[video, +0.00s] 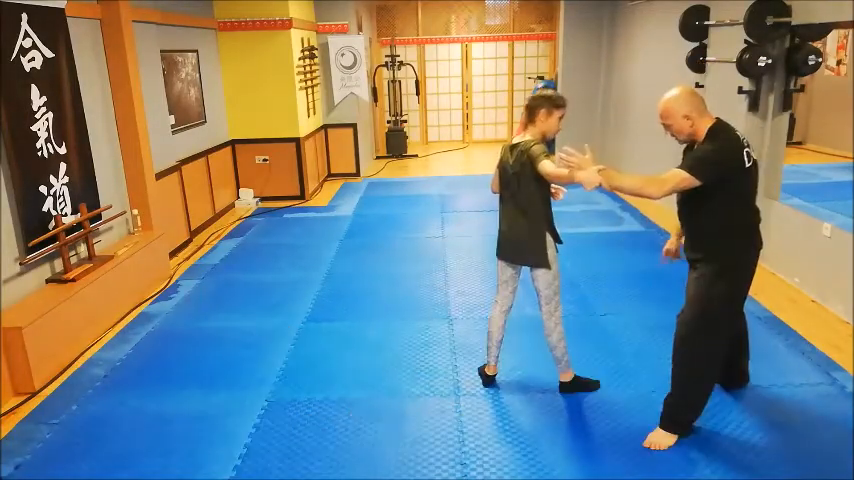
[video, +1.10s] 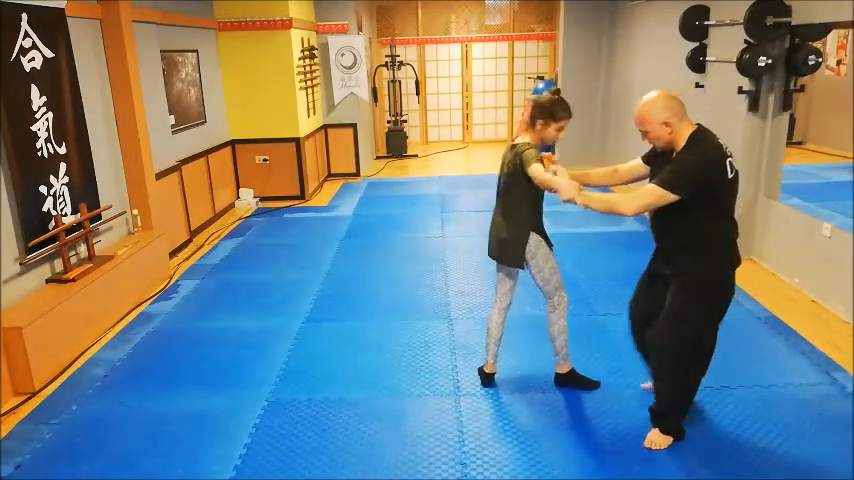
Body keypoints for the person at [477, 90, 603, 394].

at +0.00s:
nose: (560, 126)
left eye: (561, 119)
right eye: (558, 119)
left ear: (532, 117)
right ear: (541, 116)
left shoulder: (510, 147)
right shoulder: (535, 147)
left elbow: (497, 187)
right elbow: (549, 171)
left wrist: (542, 189)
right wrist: (580, 175)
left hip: (508, 236)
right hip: (538, 237)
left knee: (502, 301)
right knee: (551, 307)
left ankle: (490, 368)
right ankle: (566, 376)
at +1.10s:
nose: (560, 135)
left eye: (563, 129)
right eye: (559, 129)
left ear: (536, 122)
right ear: (541, 123)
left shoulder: (514, 148)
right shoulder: (528, 150)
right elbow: (538, 176)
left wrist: (550, 166)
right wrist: (562, 186)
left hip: (503, 234)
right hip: (526, 236)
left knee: (502, 300)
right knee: (557, 298)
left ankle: (489, 367)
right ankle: (564, 369)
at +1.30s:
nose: (566, 139)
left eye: (569, 133)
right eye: (562, 134)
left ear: (545, 127)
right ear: (543, 128)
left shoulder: (542, 150)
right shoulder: (534, 159)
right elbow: (545, 193)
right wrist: (572, 193)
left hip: (526, 233)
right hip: (533, 238)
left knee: (535, 294)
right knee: (559, 301)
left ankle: (497, 350)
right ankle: (563, 371)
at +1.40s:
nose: (565, 141)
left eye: (569, 134)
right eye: (559, 136)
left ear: (574, 126)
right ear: (541, 129)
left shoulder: (558, 149)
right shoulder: (532, 161)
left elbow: (564, 184)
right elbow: (541, 197)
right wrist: (569, 205)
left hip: (552, 226)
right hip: (535, 231)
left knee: (565, 291)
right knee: (554, 300)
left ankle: (514, 335)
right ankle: (561, 370)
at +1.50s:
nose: (558, 143)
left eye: (562, 136)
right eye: (551, 138)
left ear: (568, 128)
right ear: (537, 132)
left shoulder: (569, 147)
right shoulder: (529, 159)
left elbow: (571, 178)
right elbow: (530, 194)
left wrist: (583, 194)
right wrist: (555, 212)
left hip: (563, 224)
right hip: (534, 230)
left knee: (579, 293)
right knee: (549, 302)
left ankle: (544, 332)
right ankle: (559, 369)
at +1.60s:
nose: (547, 149)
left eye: (552, 142)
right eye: (540, 144)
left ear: (561, 133)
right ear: (529, 139)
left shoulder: (571, 151)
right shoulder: (524, 165)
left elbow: (582, 184)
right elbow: (518, 201)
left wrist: (587, 214)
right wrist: (538, 218)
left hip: (574, 230)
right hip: (538, 235)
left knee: (583, 299)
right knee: (545, 305)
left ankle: (577, 345)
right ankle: (555, 366)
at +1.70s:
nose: (531, 160)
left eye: (537, 154)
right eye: (525, 155)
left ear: (550, 145)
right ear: (518, 148)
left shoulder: (568, 161)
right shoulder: (519, 173)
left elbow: (586, 197)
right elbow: (501, 203)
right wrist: (502, 211)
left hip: (574, 231)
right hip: (537, 237)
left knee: (587, 298)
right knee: (541, 306)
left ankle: (603, 353)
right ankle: (553, 371)